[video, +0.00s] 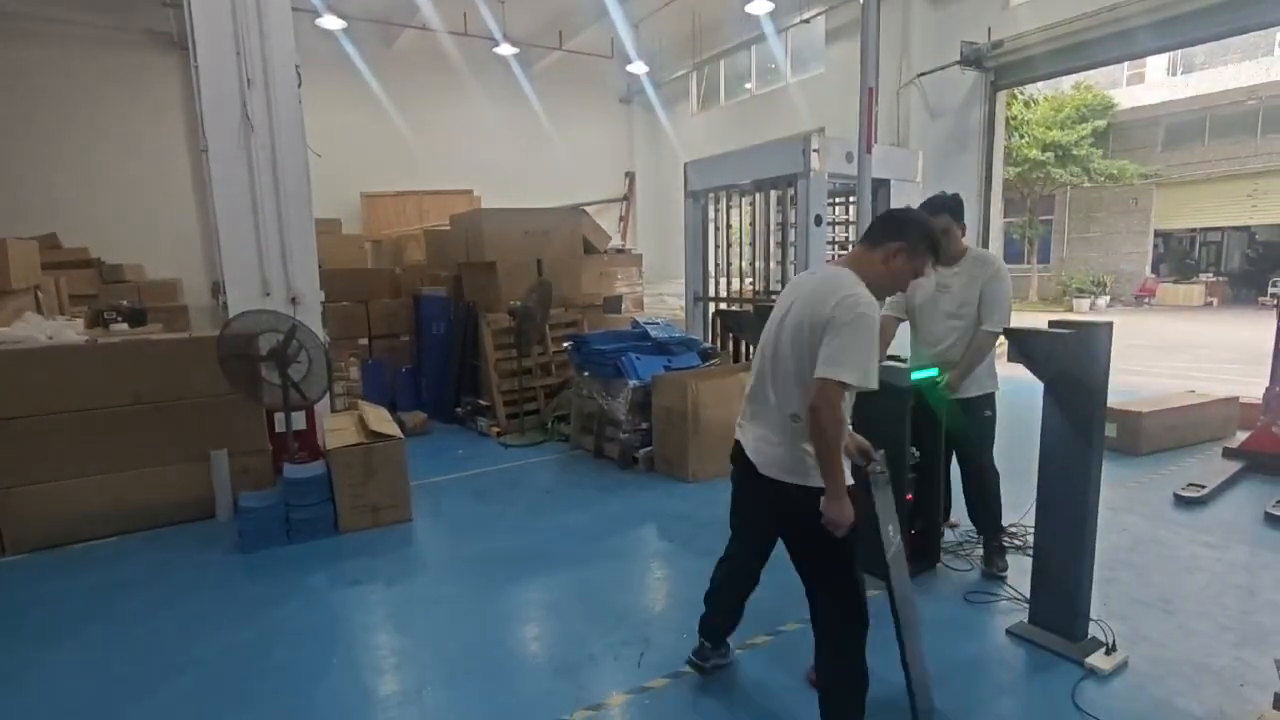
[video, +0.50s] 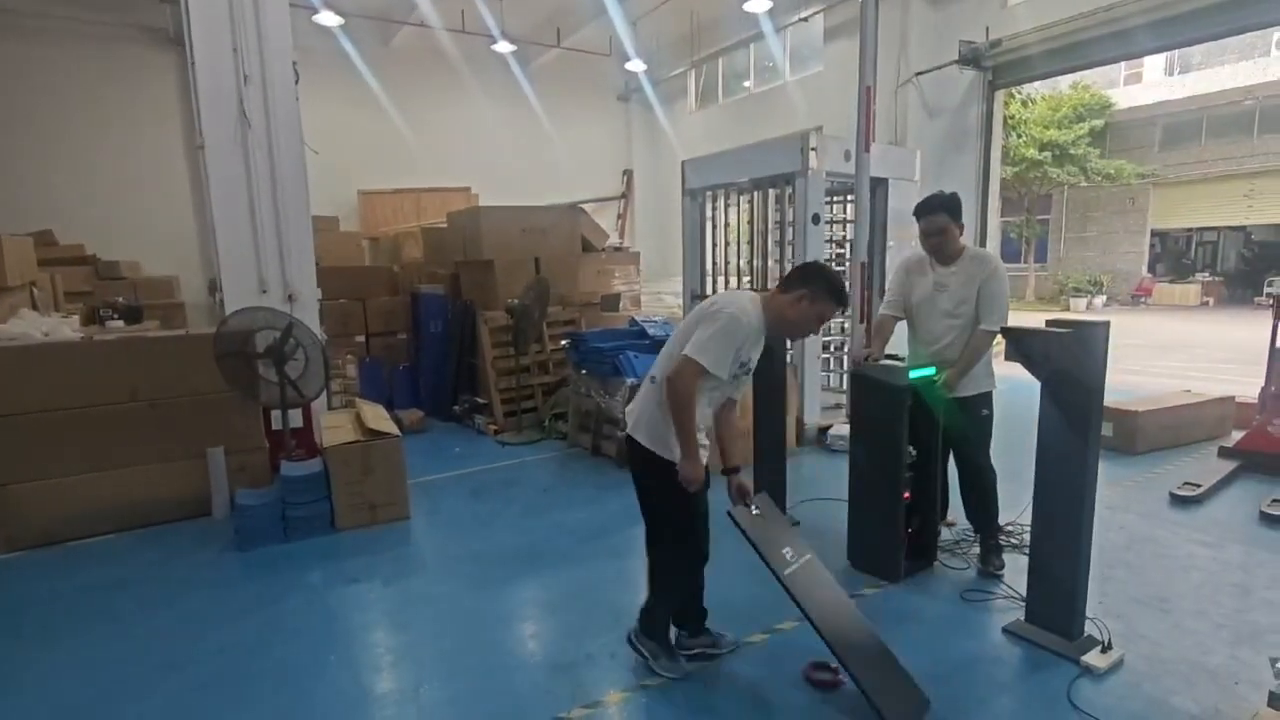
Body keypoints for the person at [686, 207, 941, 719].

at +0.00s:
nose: (909, 286)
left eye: (916, 277)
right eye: (913, 273)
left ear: (878, 248)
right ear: (893, 253)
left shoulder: (809, 281)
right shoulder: (856, 303)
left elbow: (795, 375)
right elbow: (824, 402)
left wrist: (843, 435)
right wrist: (836, 489)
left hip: (753, 459)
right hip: (802, 477)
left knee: (742, 558)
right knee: (841, 609)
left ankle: (710, 644)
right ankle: (843, 710)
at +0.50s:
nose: (817, 330)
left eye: (824, 323)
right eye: (819, 318)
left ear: (798, 300)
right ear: (798, 297)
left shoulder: (755, 329)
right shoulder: (737, 316)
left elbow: (726, 406)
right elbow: (680, 379)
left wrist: (733, 471)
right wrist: (690, 454)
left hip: (683, 444)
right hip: (657, 438)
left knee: (693, 543)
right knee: (674, 544)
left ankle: (691, 630)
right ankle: (650, 633)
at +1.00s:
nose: (755, 472)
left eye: (763, 468)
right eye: (761, 464)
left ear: (748, 437)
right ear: (749, 440)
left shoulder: (708, 434)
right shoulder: (692, 422)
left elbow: (687, 504)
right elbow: (629, 482)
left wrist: (689, 563)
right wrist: (636, 546)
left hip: (609, 440)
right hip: (576, 437)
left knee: (631, 516)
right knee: (609, 541)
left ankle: (618, 592)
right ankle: (632, 636)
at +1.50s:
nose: (739, 398)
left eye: (743, 390)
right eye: (740, 388)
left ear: (719, 374)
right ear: (720, 374)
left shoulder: (688, 397)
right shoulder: (651, 374)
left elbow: (668, 457)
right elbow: (603, 438)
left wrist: (697, 509)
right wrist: (619, 508)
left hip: (602, 441)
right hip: (564, 436)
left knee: (631, 508)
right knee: (599, 536)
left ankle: (610, 591)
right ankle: (629, 635)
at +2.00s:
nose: (675, 297)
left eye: (678, 288)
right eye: (669, 287)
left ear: (653, 284)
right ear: (641, 279)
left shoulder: (654, 325)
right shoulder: (590, 313)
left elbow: (645, 386)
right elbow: (554, 379)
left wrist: (672, 419)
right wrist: (565, 446)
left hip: (607, 426)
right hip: (566, 429)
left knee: (628, 505)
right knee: (590, 516)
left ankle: (612, 589)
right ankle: (594, 610)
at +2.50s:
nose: (580, 263)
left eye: (581, 255)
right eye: (573, 255)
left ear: (573, 256)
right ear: (546, 254)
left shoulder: (571, 298)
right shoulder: (515, 303)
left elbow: (568, 350)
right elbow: (509, 371)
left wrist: (586, 376)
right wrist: (537, 423)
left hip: (569, 421)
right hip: (527, 427)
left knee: (588, 503)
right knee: (535, 506)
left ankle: (601, 579)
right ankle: (530, 567)